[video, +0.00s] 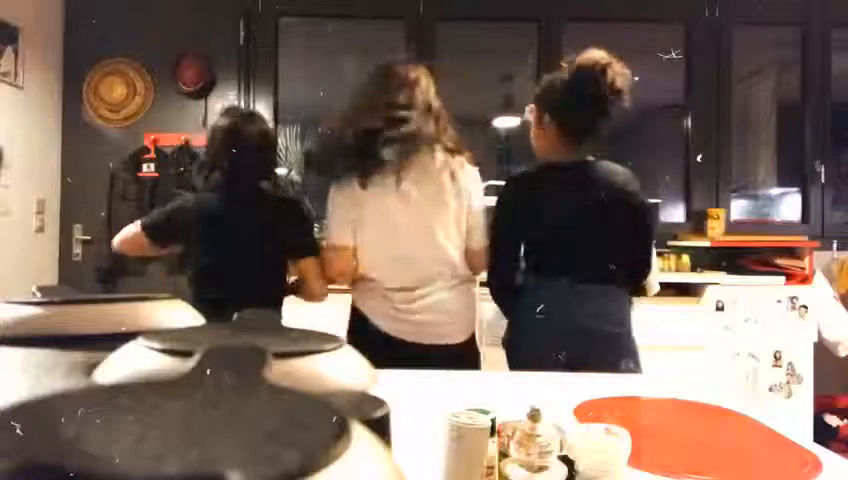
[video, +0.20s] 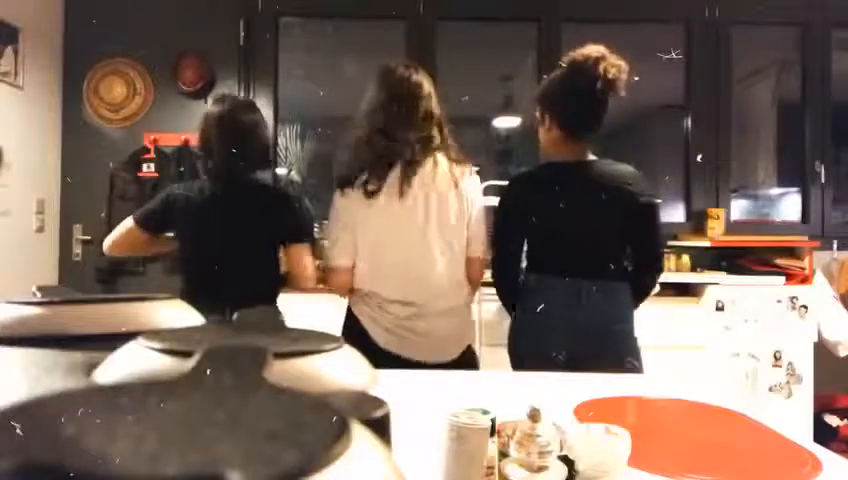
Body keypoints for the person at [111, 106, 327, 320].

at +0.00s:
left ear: (213, 155)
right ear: (269, 155)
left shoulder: (195, 208)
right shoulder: (288, 209)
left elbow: (123, 243)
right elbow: (315, 290)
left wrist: (173, 246)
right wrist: (285, 281)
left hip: (206, 342)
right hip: (267, 344)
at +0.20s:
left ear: (203, 144)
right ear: (261, 142)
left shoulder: (181, 199)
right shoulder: (283, 203)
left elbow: (115, 245)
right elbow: (304, 279)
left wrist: (181, 244)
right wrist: (271, 264)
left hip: (195, 338)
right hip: (263, 341)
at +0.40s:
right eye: (258, 139)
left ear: (201, 150)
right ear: (256, 151)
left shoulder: (179, 205)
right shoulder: (277, 208)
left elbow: (107, 253)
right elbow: (306, 282)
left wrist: (161, 247)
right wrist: (274, 267)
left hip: (197, 344)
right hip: (263, 345)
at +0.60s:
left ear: (197, 154)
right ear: (252, 155)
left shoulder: (176, 209)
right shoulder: (274, 211)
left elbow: (103, 258)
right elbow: (305, 284)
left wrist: (161, 243)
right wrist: (268, 279)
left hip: (195, 341)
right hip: (259, 342)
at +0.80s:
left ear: (190, 143)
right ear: (246, 143)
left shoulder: (168, 197)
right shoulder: (264, 201)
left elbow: (100, 241)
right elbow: (301, 274)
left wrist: (148, 232)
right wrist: (265, 267)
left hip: (192, 332)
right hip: (257, 333)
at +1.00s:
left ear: (192, 156)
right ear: (245, 155)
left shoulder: (169, 213)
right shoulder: (265, 212)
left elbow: (104, 270)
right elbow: (301, 285)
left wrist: (153, 252)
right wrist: (271, 270)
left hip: (200, 344)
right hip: (261, 345)